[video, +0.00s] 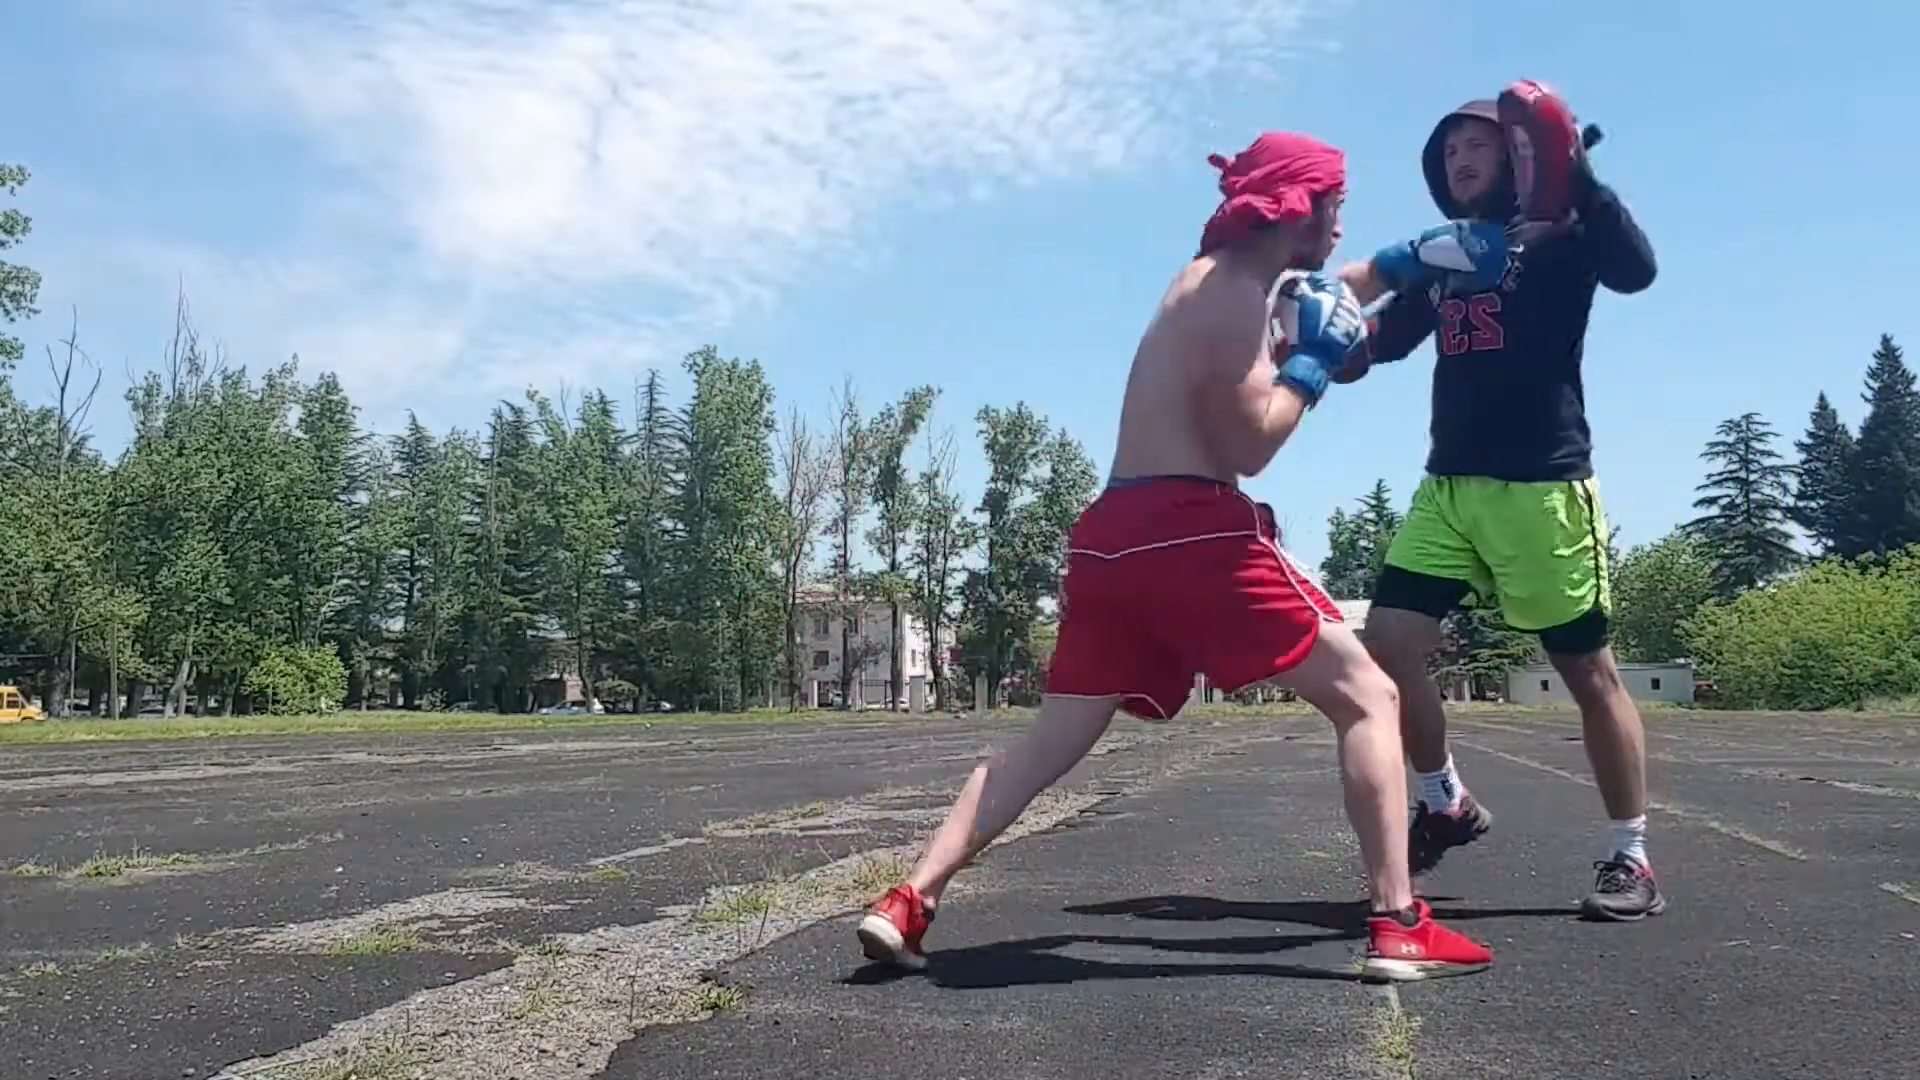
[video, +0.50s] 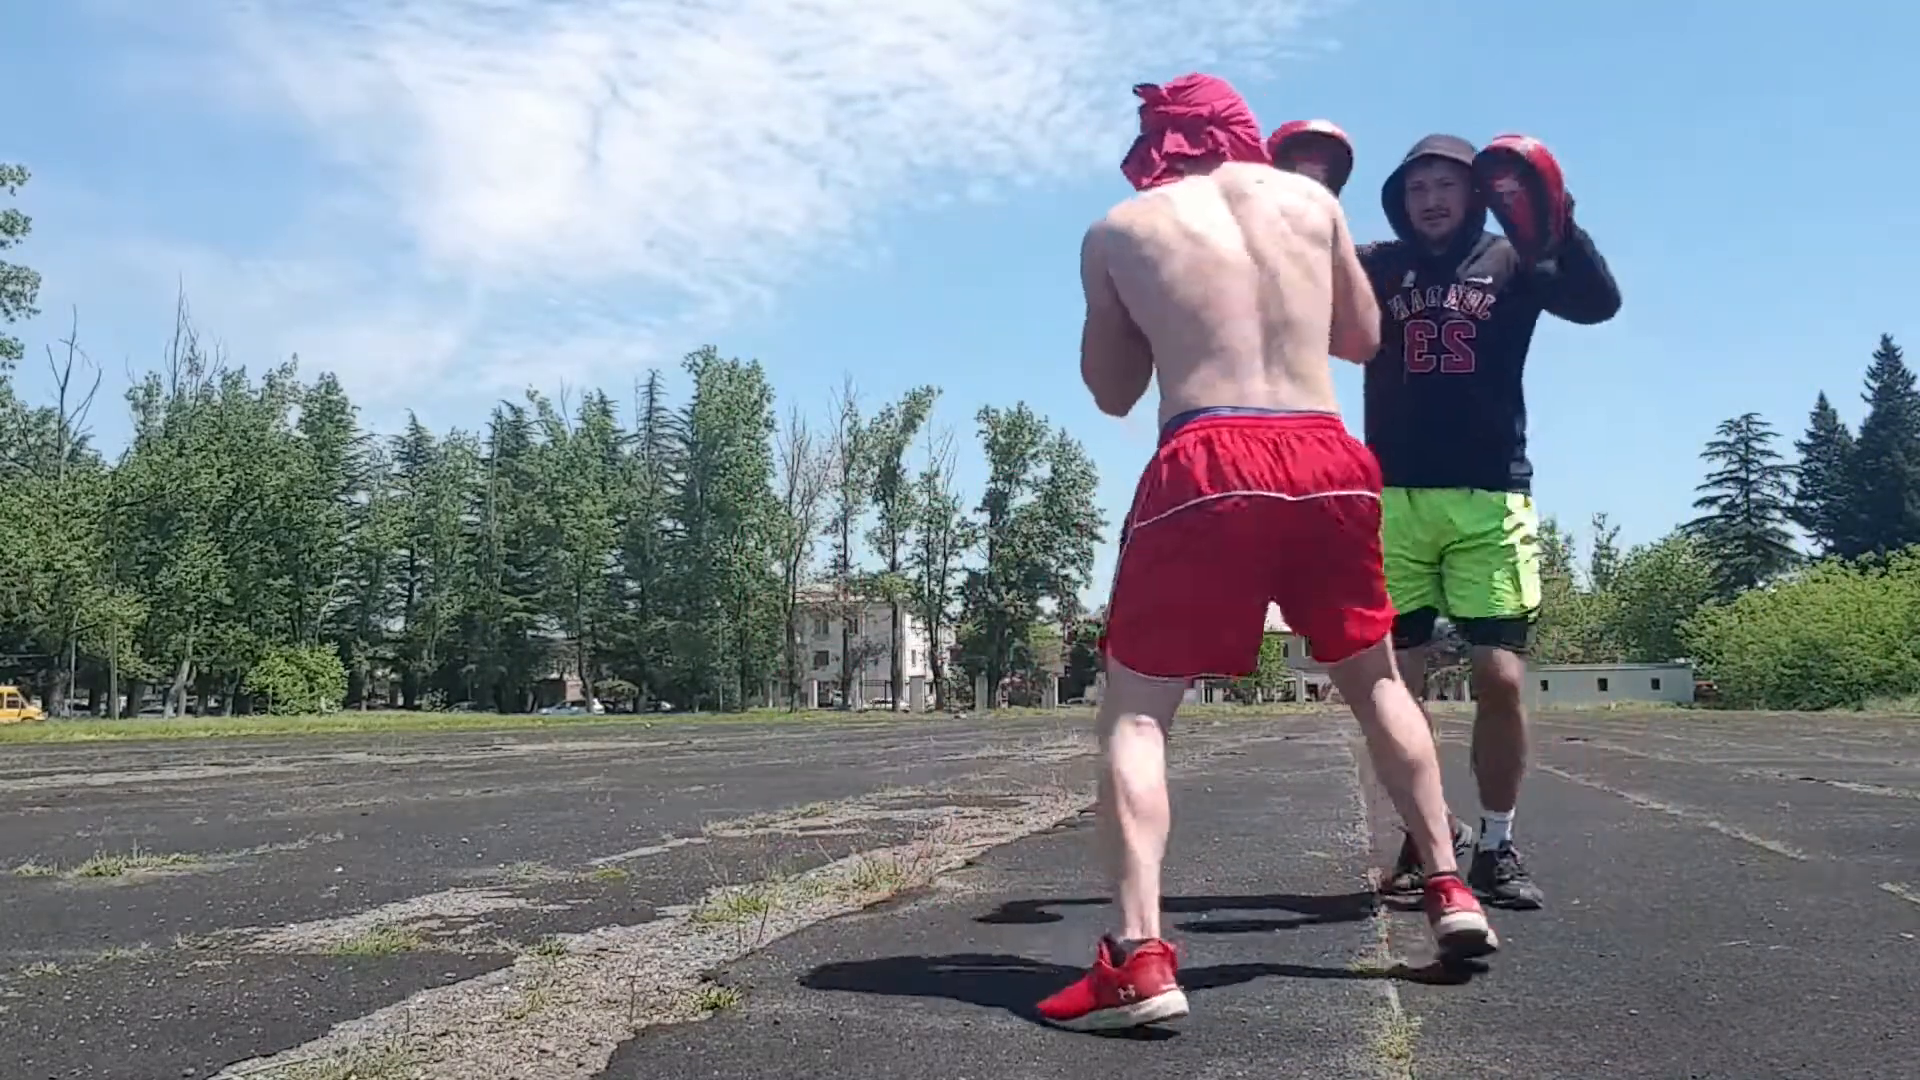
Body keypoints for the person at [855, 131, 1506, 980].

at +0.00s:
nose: (1339, 223)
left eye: (1338, 206)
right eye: (1333, 205)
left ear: (1260, 209)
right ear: (1297, 211)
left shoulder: (1199, 278)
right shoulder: (1240, 290)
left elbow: (1325, 296)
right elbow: (1248, 445)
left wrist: (1405, 263)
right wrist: (1311, 366)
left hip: (1107, 536)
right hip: (1199, 530)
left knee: (1051, 738)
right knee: (1368, 698)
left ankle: (910, 899)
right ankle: (1400, 920)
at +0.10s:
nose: (1370, 228)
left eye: (1375, 210)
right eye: (1370, 206)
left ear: (1284, 184)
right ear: (1342, 195)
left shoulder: (1200, 263)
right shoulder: (1323, 268)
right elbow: (1336, 417)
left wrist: (1351, 337)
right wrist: (1383, 347)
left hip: (1134, 510)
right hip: (1246, 513)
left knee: (1054, 726)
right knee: (1386, 698)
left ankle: (924, 890)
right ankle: (1399, 917)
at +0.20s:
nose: (1370, 193)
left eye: (1368, 182)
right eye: (1367, 180)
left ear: (1266, 162)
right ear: (1344, 168)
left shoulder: (1181, 235)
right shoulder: (1363, 222)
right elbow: (1417, 366)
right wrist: (1374, 320)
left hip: (1162, 487)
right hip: (1287, 486)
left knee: (1072, 702)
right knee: (1384, 703)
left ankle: (984, 895)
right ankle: (1403, 918)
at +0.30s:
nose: (1325, 155)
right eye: (1321, 143)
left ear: (1219, 144)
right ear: (1309, 141)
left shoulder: (1156, 222)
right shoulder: (1351, 197)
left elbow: (1141, 372)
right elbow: (1418, 338)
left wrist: (1234, 322)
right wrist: (1347, 293)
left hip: (1181, 474)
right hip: (1311, 470)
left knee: (1102, 698)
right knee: (1378, 699)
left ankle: (1074, 887)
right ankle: (1408, 917)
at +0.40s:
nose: (1155, 172)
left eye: (1160, 159)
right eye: (1161, 162)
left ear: (1180, 154)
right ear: (1264, 141)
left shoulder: (1132, 232)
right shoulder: (1325, 200)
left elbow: (1127, 390)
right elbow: (1378, 342)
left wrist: (1200, 300)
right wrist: (1296, 283)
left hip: (1189, 482)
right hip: (1319, 475)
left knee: (1133, 723)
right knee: (1383, 702)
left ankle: (1144, 942)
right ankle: (1422, 918)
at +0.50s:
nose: (1134, 168)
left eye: (1139, 155)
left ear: (1153, 154)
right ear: (1243, 140)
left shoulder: (1117, 232)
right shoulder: (1309, 198)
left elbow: (1114, 391)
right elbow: (1360, 339)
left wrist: (1171, 292)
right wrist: (1268, 289)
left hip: (1202, 472)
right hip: (1330, 465)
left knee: (1137, 717)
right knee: (1377, 679)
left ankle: (1138, 955)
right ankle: (1449, 884)